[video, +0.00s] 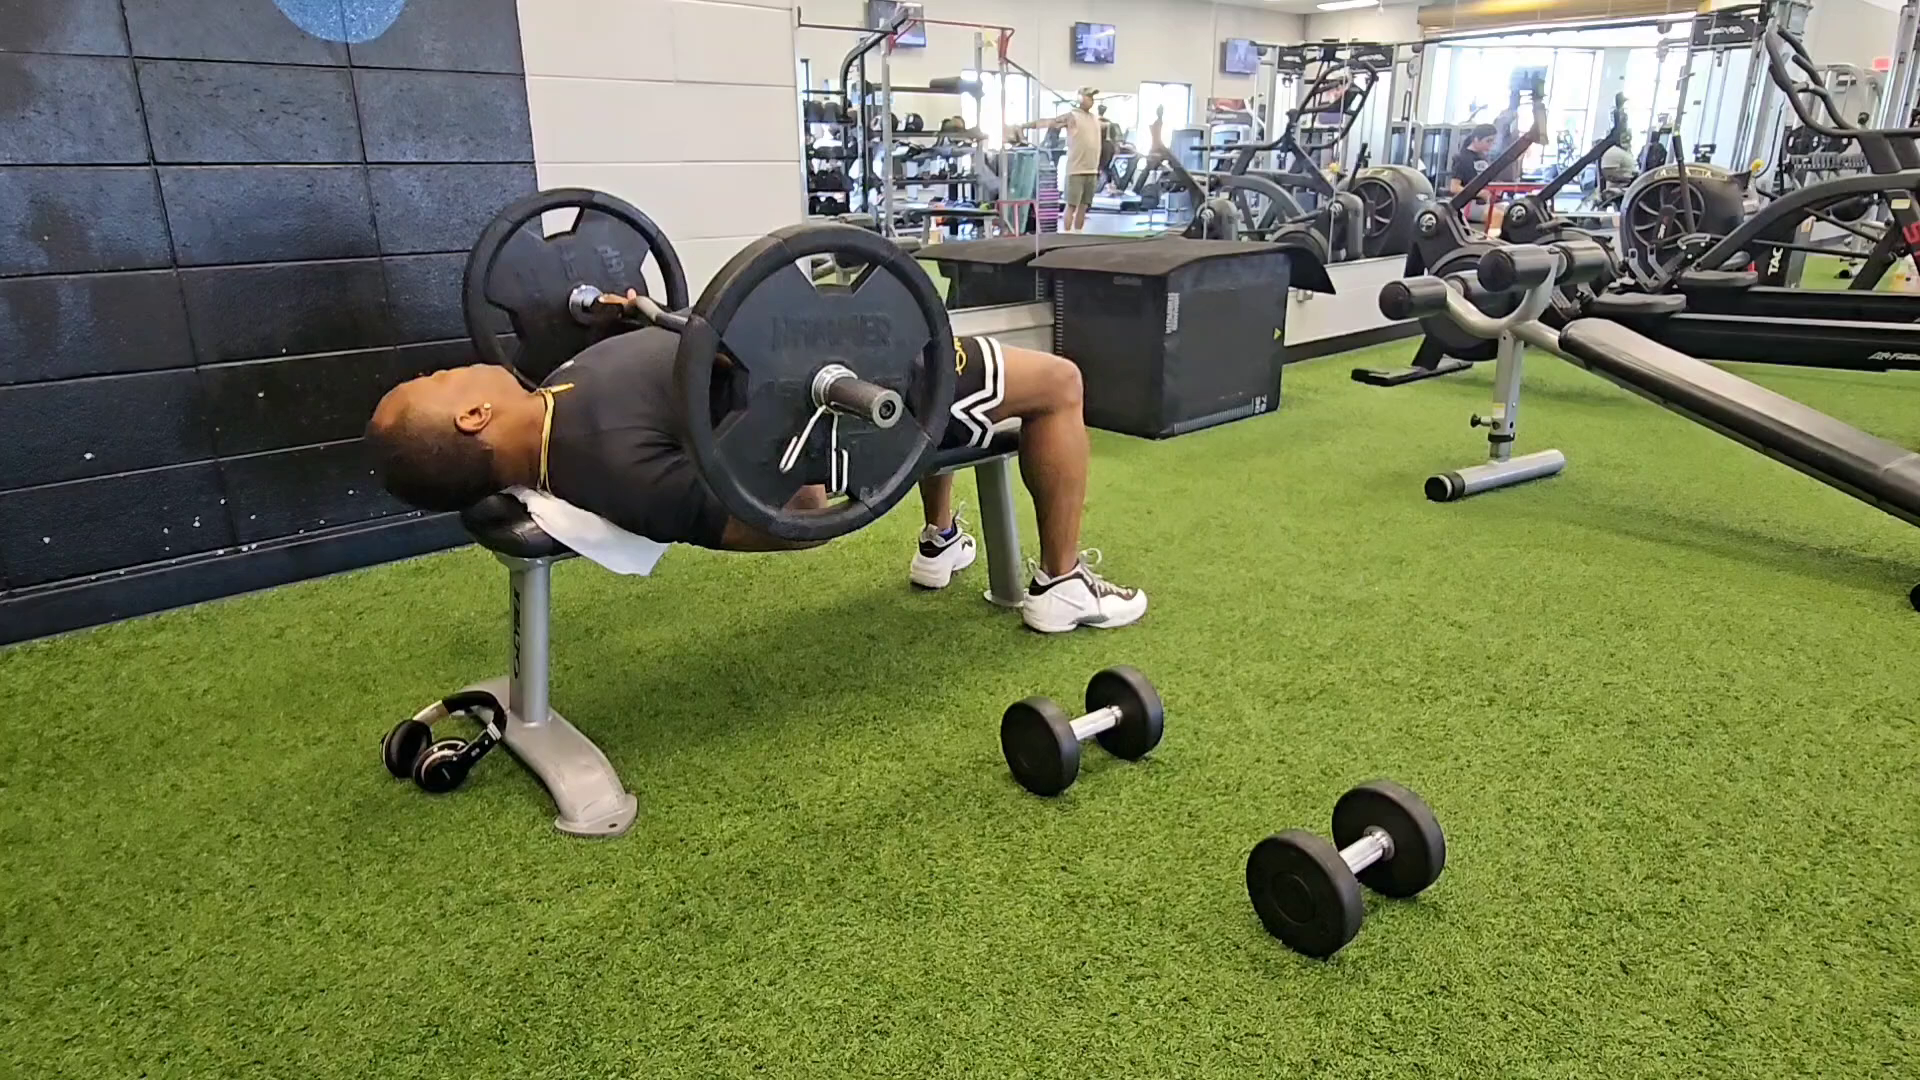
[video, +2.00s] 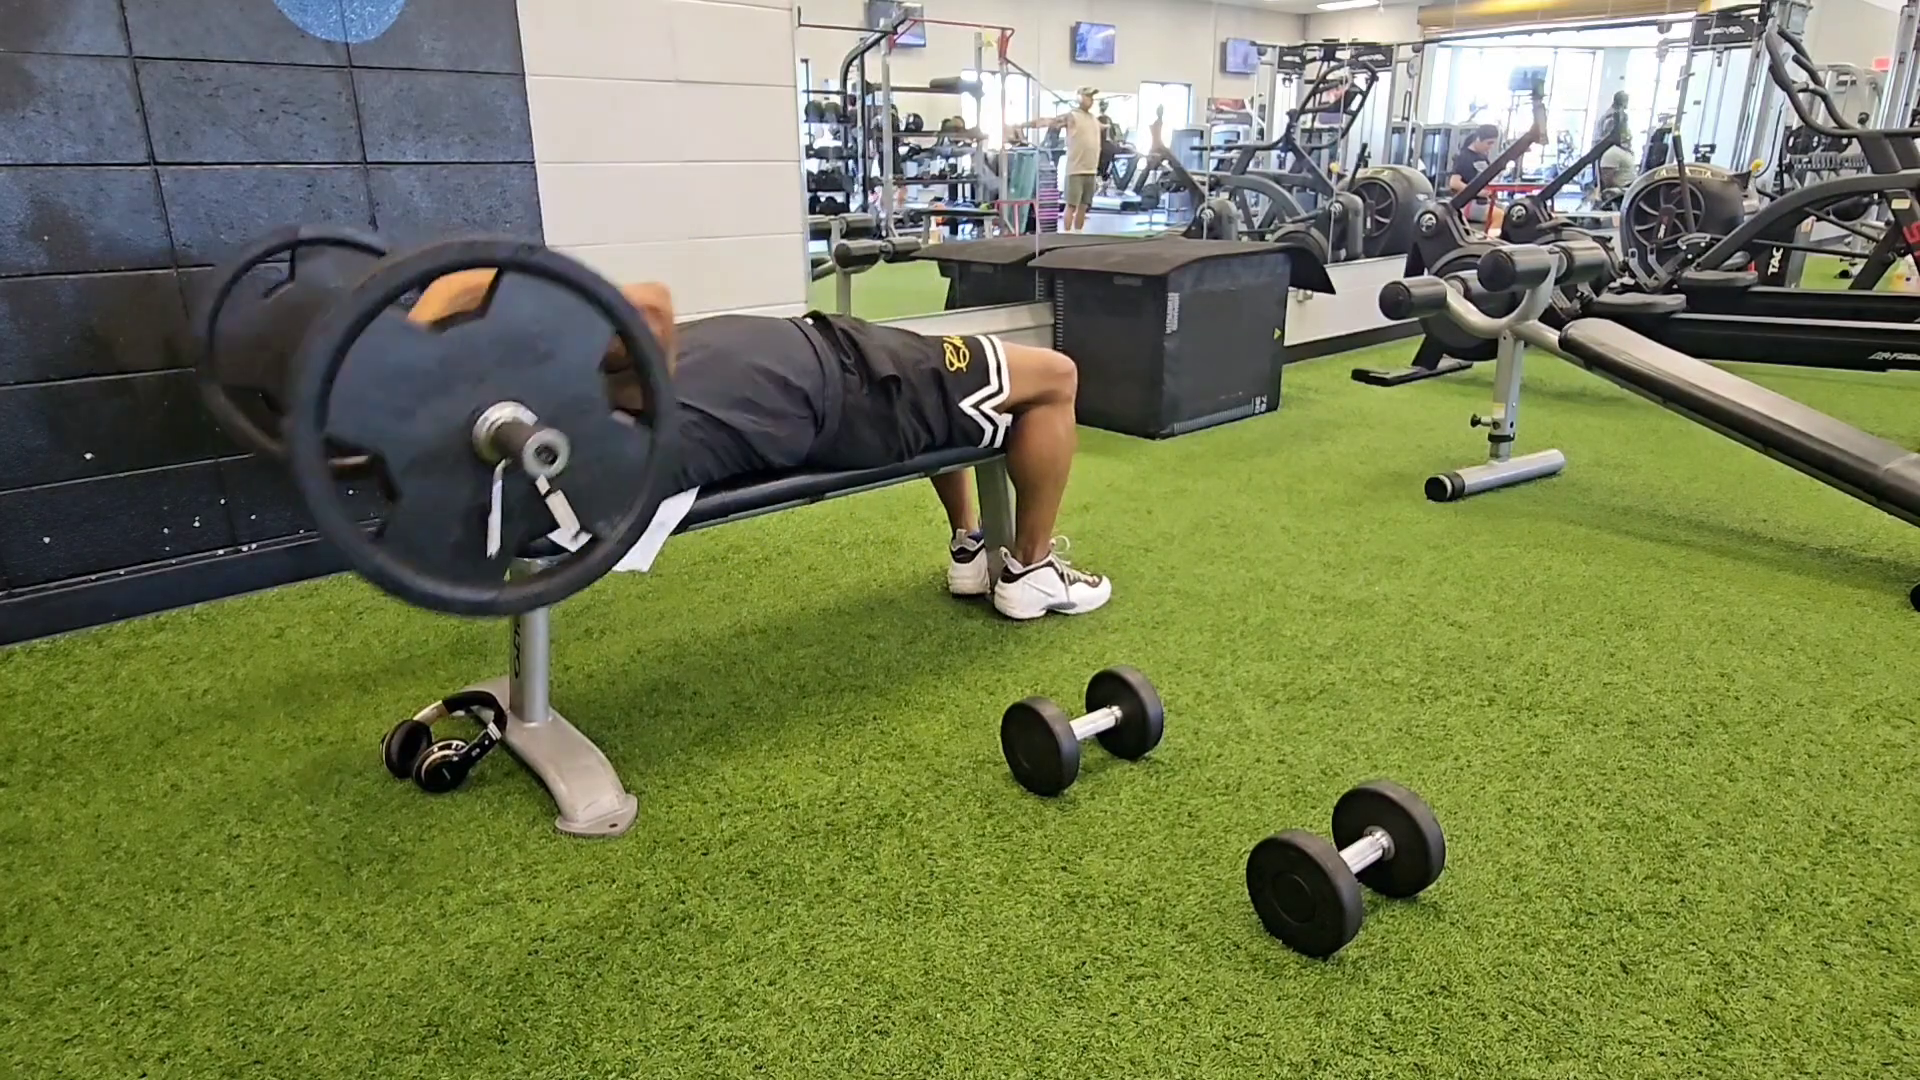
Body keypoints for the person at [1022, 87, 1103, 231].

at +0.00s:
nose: (1092, 100)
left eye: (1093, 97)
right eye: (1089, 97)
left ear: (1091, 100)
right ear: (1081, 98)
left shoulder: (1094, 118)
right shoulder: (1072, 116)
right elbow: (1049, 123)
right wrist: (1024, 126)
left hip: (1092, 168)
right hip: (1076, 168)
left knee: (1084, 206)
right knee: (1072, 205)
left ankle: (1078, 235)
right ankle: (1067, 235)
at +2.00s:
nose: (1091, 100)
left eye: (1092, 97)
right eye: (1088, 97)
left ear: (1091, 100)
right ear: (1080, 98)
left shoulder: (1093, 120)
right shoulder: (1071, 116)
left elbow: (1103, 127)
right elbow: (1048, 122)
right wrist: (1023, 125)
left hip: (1091, 169)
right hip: (1075, 168)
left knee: (1083, 207)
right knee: (1072, 205)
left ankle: (1078, 235)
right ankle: (1067, 235)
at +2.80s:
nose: (1092, 100)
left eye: (1093, 97)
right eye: (1089, 96)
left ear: (1092, 99)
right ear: (1082, 97)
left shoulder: (1095, 120)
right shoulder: (1072, 116)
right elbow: (1049, 122)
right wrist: (1023, 125)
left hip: (1092, 169)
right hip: (1076, 168)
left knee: (1084, 207)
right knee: (1072, 205)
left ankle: (1077, 235)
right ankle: (1067, 235)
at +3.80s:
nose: (1073, 103)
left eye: (1074, 100)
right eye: (1070, 99)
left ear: (1074, 102)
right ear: (1062, 101)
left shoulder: (1078, 121)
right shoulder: (1053, 119)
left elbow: (1088, 130)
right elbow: (1035, 127)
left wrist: (1102, 133)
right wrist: (1016, 131)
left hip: (1072, 171)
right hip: (1054, 171)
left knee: (1073, 204)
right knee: (1051, 207)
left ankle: (1076, 234)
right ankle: (1047, 234)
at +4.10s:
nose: (1063, 102)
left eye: (1063, 99)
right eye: (1059, 98)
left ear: (1063, 101)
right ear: (1051, 100)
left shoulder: (1068, 120)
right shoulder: (1043, 119)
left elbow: (1082, 128)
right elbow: (1024, 128)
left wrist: (1097, 131)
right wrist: (1007, 129)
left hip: (1063, 169)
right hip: (1046, 170)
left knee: (1063, 201)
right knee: (1043, 205)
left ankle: (1054, 229)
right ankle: (1042, 233)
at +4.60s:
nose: (1054, 105)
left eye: (1055, 102)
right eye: (1051, 102)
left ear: (1055, 105)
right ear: (1044, 103)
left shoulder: (1058, 124)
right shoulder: (1036, 121)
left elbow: (1075, 130)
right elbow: (1024, 131)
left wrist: (1093, 133)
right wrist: (1013, 133)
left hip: (1051, 170)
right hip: (1037, 170)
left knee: (1039, 203)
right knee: (1043, 203)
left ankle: (1030, 230)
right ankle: (1043, 233)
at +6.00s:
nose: (1044, 104)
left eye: (1045, 101)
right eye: (1041, 100)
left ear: (1046, 103)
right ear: (1033, 102)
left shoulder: (1050, 123)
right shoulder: (1028, 119)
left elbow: (1067, 132)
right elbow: (1025, 131)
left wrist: (1086, 137)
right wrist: (1027, 135)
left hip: (1045, 168)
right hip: (1030, 167)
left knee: (1038, 202)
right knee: (1035, 202)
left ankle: (1029, 230)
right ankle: (1039, 231)